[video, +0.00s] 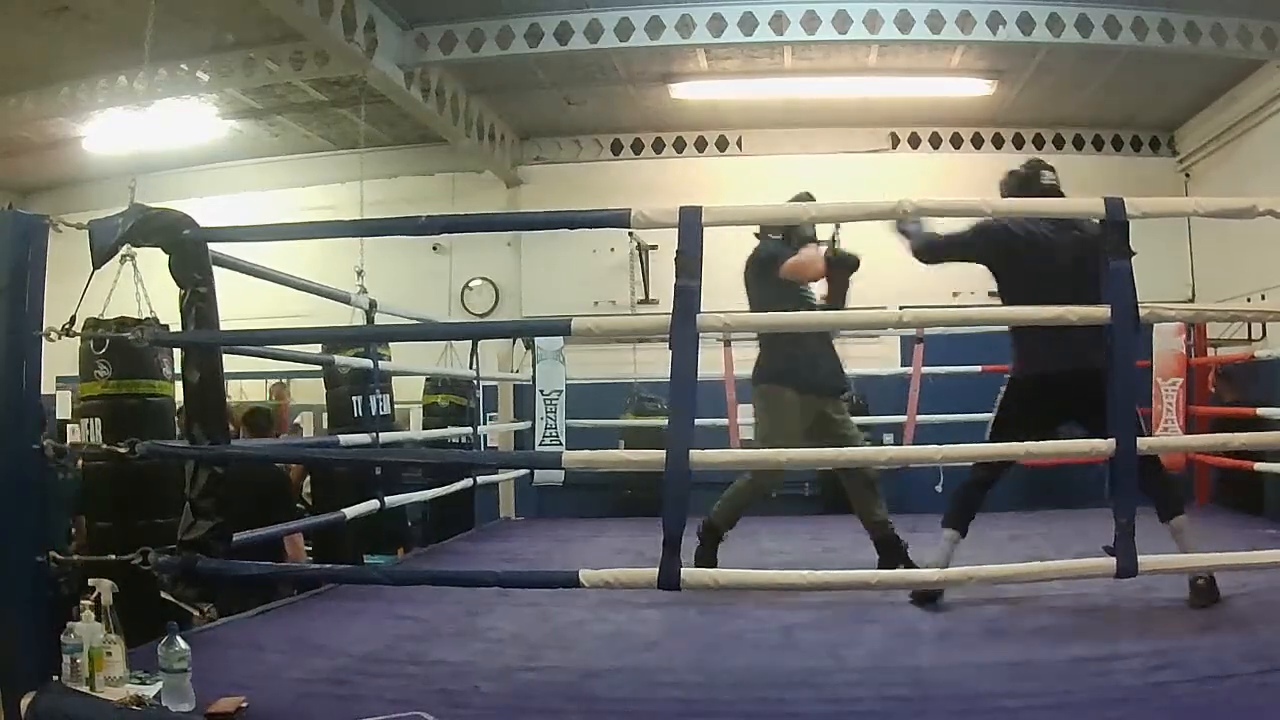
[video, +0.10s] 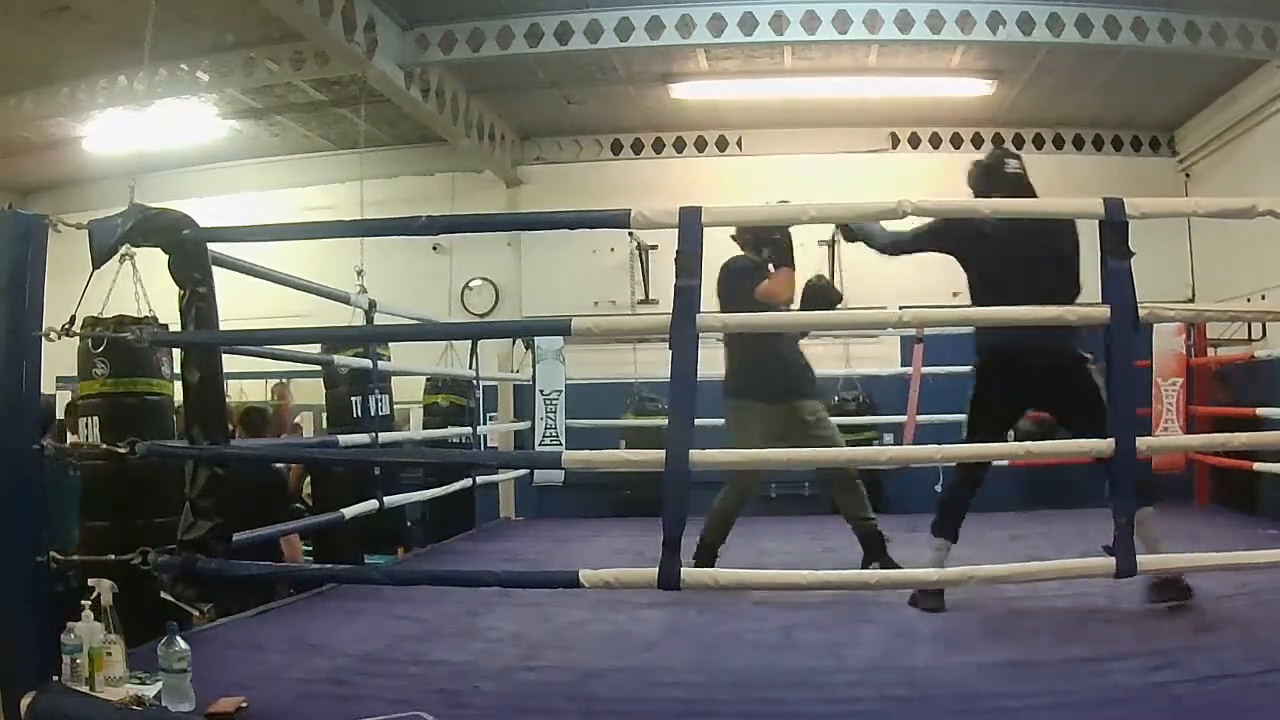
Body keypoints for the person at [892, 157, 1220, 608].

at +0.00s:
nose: (1001, 206)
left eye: (1003, 200)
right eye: (1004, 201)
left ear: (1011, 200)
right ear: (1057, 196)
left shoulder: (999, 233)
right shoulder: (1091, 232)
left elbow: (929, 251)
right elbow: (1127, 243)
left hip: (1035, 382)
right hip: (1096, 379)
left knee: (986, 469)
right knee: (1145, 461)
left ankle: (935, 572)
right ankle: (1198, 569)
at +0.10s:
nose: (973, 200)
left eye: (974, 192)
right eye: (975, 192)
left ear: (984, 193)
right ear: (1027, 185)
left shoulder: (965, 226)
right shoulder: (1061, 224)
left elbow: (892, 242)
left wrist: (856, 226)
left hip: (1000, 367)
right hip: (1059, 362)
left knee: (971, 465)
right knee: (1114, 454)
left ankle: (933, 579)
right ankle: (1163, 567)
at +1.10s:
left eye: (781, 183)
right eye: (814, 176)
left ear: (775, 189)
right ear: (825, 184)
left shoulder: (761, 231)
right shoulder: (856, 224)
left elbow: (726, 300)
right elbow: (882, 297)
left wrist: (715, 258)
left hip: (789, 376)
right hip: (849, 373)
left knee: (775, 477)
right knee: (853, 487)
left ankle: (741, 581)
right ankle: (844, 620)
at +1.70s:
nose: (758, 203)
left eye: (761, 195)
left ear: (767, 195)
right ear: (817, 189)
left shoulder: (754, 236)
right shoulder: (852, 227)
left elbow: (735, 311)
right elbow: (857, 304)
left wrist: (717, 281)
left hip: (786, 381)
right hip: (846, 379)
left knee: (767, 476)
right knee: (867, 489)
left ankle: (739, 581)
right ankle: (865, 616)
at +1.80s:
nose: (757, 222)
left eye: (752, 213)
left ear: (746, 214)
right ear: (796, 200)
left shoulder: (745, 256)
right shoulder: (838, 232)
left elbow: (732, 326)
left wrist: (719, 249)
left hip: (794, 386)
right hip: (857, 381)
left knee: (771, 477)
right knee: (869, 490)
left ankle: (739, 581)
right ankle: (868, 617)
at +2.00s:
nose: (789, 209)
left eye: (779, 200)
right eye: (806, 191)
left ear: (766, 202)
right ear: (819, 195)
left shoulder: (753, 248)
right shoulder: (851, 232)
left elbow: (737, 330)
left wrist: (733, 320)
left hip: (790, 386)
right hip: (850, 381)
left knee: (781, 471)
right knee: (897, 481)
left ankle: (747, 570)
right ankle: (905, 607)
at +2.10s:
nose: (819, 220)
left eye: (798, 210)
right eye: (826, 209)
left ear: (785, 213)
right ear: (836, 213)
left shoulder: (762, 259)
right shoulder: (862, 257)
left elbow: (725, 319)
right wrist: (820, 226)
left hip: (787, 405)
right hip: (844, 401)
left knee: (790, 481)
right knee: (898, 495)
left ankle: (734, 572)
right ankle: (915, 615)